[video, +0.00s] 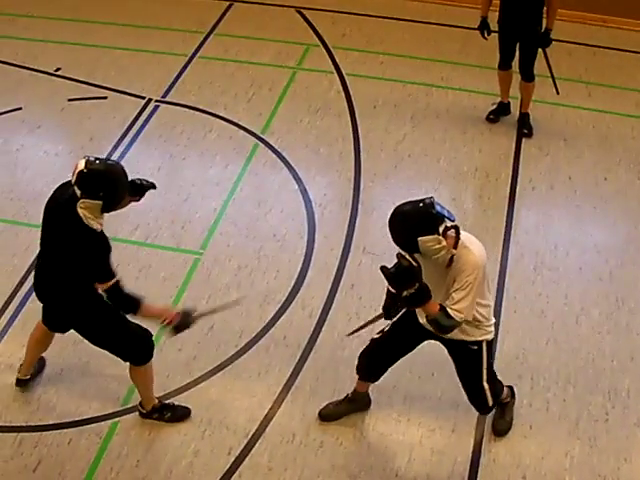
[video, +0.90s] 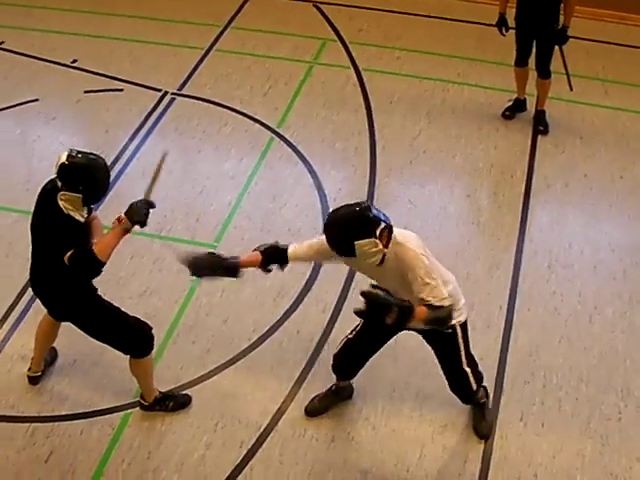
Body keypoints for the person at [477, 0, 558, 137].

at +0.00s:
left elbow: (552, 3)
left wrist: (548, 30)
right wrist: (483, 17)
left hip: (532, 26)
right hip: (507, 22)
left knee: (527, 71)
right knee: (504, 64)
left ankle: (524, 115)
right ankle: (504, 103)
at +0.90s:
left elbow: (569, 2)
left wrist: (565, 27)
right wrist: (502, 14)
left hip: (549, 23)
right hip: (524, 20)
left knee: (543, 69)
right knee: (520, 61)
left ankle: (540, 112)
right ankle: (520, 100)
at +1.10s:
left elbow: (583, 3)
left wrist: (578, 30)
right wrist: (515, 16)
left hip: (562, 25)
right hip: (537, 21)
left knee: (556, 71)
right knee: (533, 63)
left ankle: (553, 115)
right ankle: (532, 103)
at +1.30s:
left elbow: (600, 5)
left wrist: (595, 32)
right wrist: (531, 18)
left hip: (579, 28)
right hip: (554, 24)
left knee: (572, 74)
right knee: (550, 66)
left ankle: (569, 117)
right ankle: (549, 105)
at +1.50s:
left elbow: (617, 7)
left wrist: (611, 36)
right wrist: (548, 21)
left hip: (595, 30)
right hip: (570, 26)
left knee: (588, 76)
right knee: (566, 68)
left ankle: (585, 120)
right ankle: (564, 108)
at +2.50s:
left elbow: (635, 7)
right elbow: (574, 0)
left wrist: (632, 37)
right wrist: (568, 22)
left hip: (616, 31)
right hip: (591, 28)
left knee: (609, 78)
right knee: (586, 71)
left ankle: (605, 122)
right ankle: (585, 110)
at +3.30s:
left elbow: (637, 7)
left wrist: (636, 32)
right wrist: (571, 18)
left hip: (619, 27)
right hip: (595, 23)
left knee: (611, 71)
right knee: (590, 67)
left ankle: (607, 106)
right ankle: (589, 109)